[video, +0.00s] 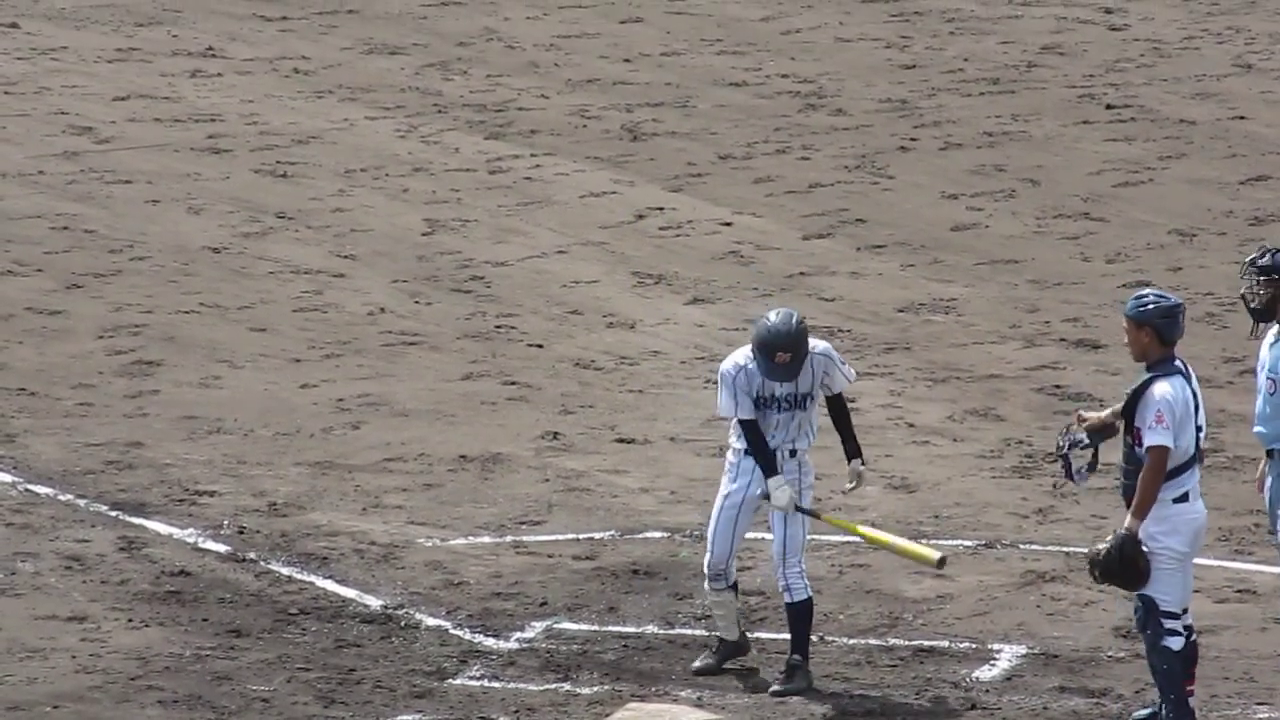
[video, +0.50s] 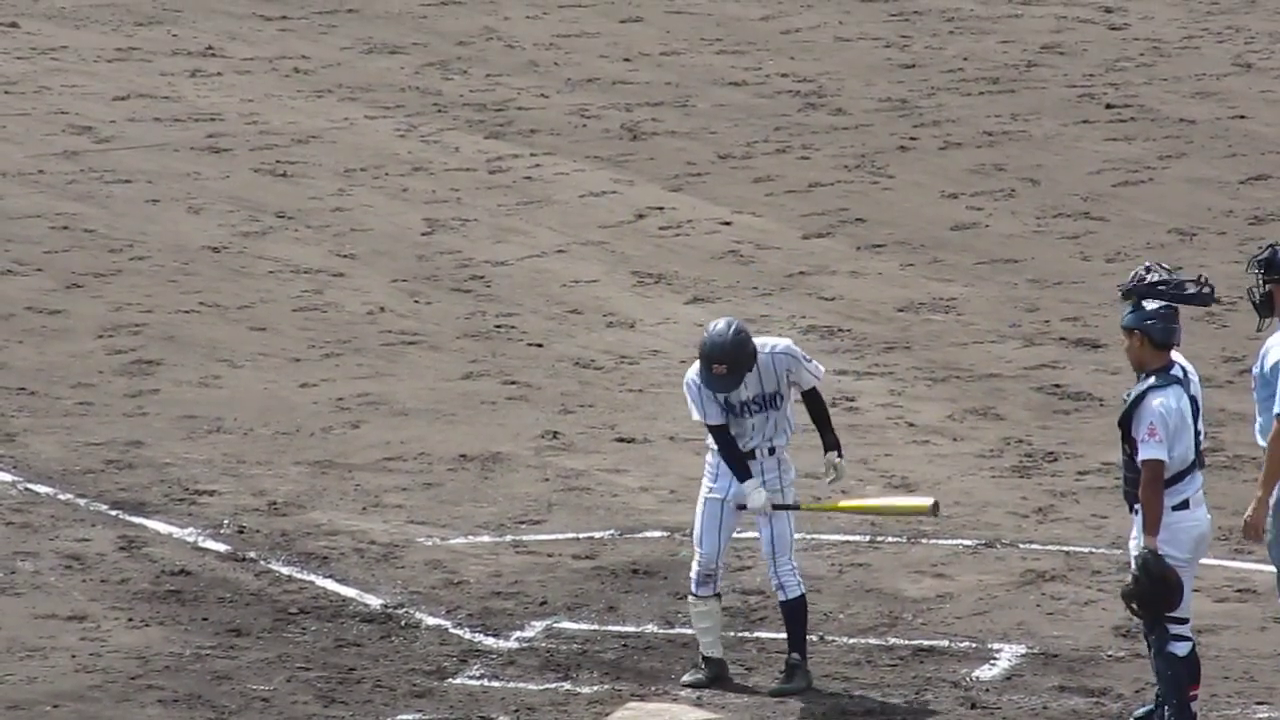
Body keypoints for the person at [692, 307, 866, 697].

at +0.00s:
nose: (782, 362)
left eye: (789, 356)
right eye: (774, 356)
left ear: (802, 348)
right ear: (760, 349)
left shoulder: (821, 359)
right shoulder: (738, 370)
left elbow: (837, 404)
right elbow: (750, 430)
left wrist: (854, 456)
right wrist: (774, 478)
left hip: (792, 466)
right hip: (744, 464)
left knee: (790, 567)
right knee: (716, 562)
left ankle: (798, 665)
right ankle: (731, 640)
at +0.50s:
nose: (719, 379)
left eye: (727, 372)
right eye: (713, 372)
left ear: (747, 359)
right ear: (705, 360)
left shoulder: (781, 355)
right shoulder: (698, 380)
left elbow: (811, 394)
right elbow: (722, 439)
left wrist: (832, 448)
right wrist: (749, 483)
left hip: (771, 469)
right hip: (722, 469)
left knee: (781, 568)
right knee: (704, 565)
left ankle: (797, 664)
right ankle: (711, 661)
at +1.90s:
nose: (783, 367)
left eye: (791, 361)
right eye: (778, 360)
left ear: (808, 354)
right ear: (769, 352)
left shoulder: (833, 364)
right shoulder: (750, 371)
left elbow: (847, 411)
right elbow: (768, 432)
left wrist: (861, 467)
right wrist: (798, 476)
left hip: (802, 472)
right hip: (750, 468)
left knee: (803, 570)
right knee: (712, 565)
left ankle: (813, 664)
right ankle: (714, 631)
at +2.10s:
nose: (776, 374)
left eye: (784, 368)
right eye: (770, 367)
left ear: (801, 354)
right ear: (759, 355)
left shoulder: (822, 359)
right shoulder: (743, 375)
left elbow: (834, 405)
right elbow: (780, 426)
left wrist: (846, 456)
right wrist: (829, 453)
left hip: (792, 473)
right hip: (740, 470)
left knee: (798, 569)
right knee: (708, 565)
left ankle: (812, 665)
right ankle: (699, 656)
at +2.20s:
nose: (761, 369)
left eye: (769, 363)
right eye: (756, 361)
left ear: (787, 353)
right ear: (748, 352)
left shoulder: (811, 358)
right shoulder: (732, 374)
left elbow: (824, 406)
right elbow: (765, 426)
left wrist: (841, 461)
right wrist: (811, 460)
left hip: (784, 470)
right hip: (733, 469)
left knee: (794, 566)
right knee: (705, 564)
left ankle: (810, 663)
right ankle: (699, 654)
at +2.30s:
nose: (749, 367)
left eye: (757, 360)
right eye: (743, 359)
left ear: (775, 349)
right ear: (735, 348)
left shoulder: (804, 357)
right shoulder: (722, 372)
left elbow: (819, 404)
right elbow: (744, 433)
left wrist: (833, 462)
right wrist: (772, 477)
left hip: (782, 465)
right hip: (732, 462)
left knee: (792, 562)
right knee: (705, 559)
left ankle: (812, 660)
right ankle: (702, 653)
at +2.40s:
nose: (733, 360)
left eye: (740, 354)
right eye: (728, 353)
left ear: (762, 346)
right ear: (723, 344)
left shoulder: (797, 360)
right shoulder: (712, 372)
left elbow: (816, 410)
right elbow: (718, 434)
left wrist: (824, 467)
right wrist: (729, 488)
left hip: (775, 469)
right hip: (726, 470)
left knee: (793, 563)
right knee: (705, 561)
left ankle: (814, 662)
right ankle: (704, 654)